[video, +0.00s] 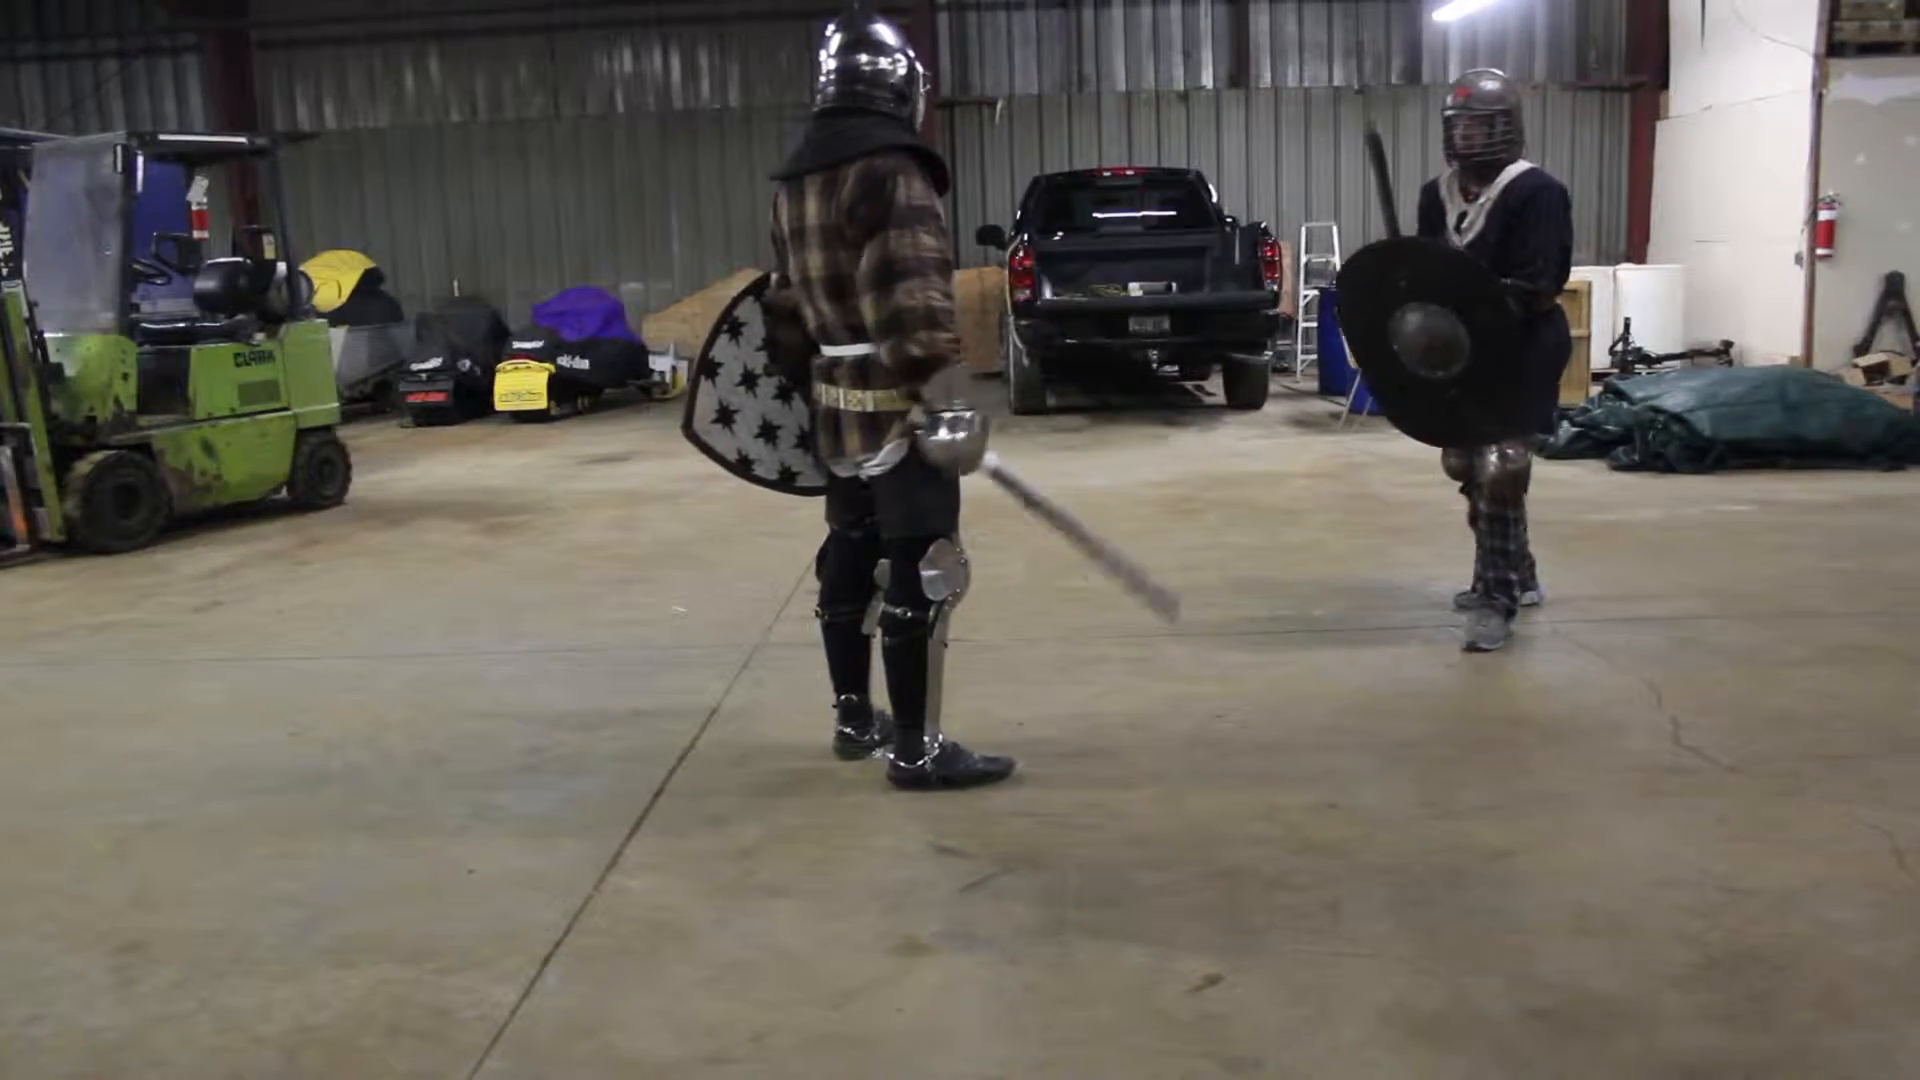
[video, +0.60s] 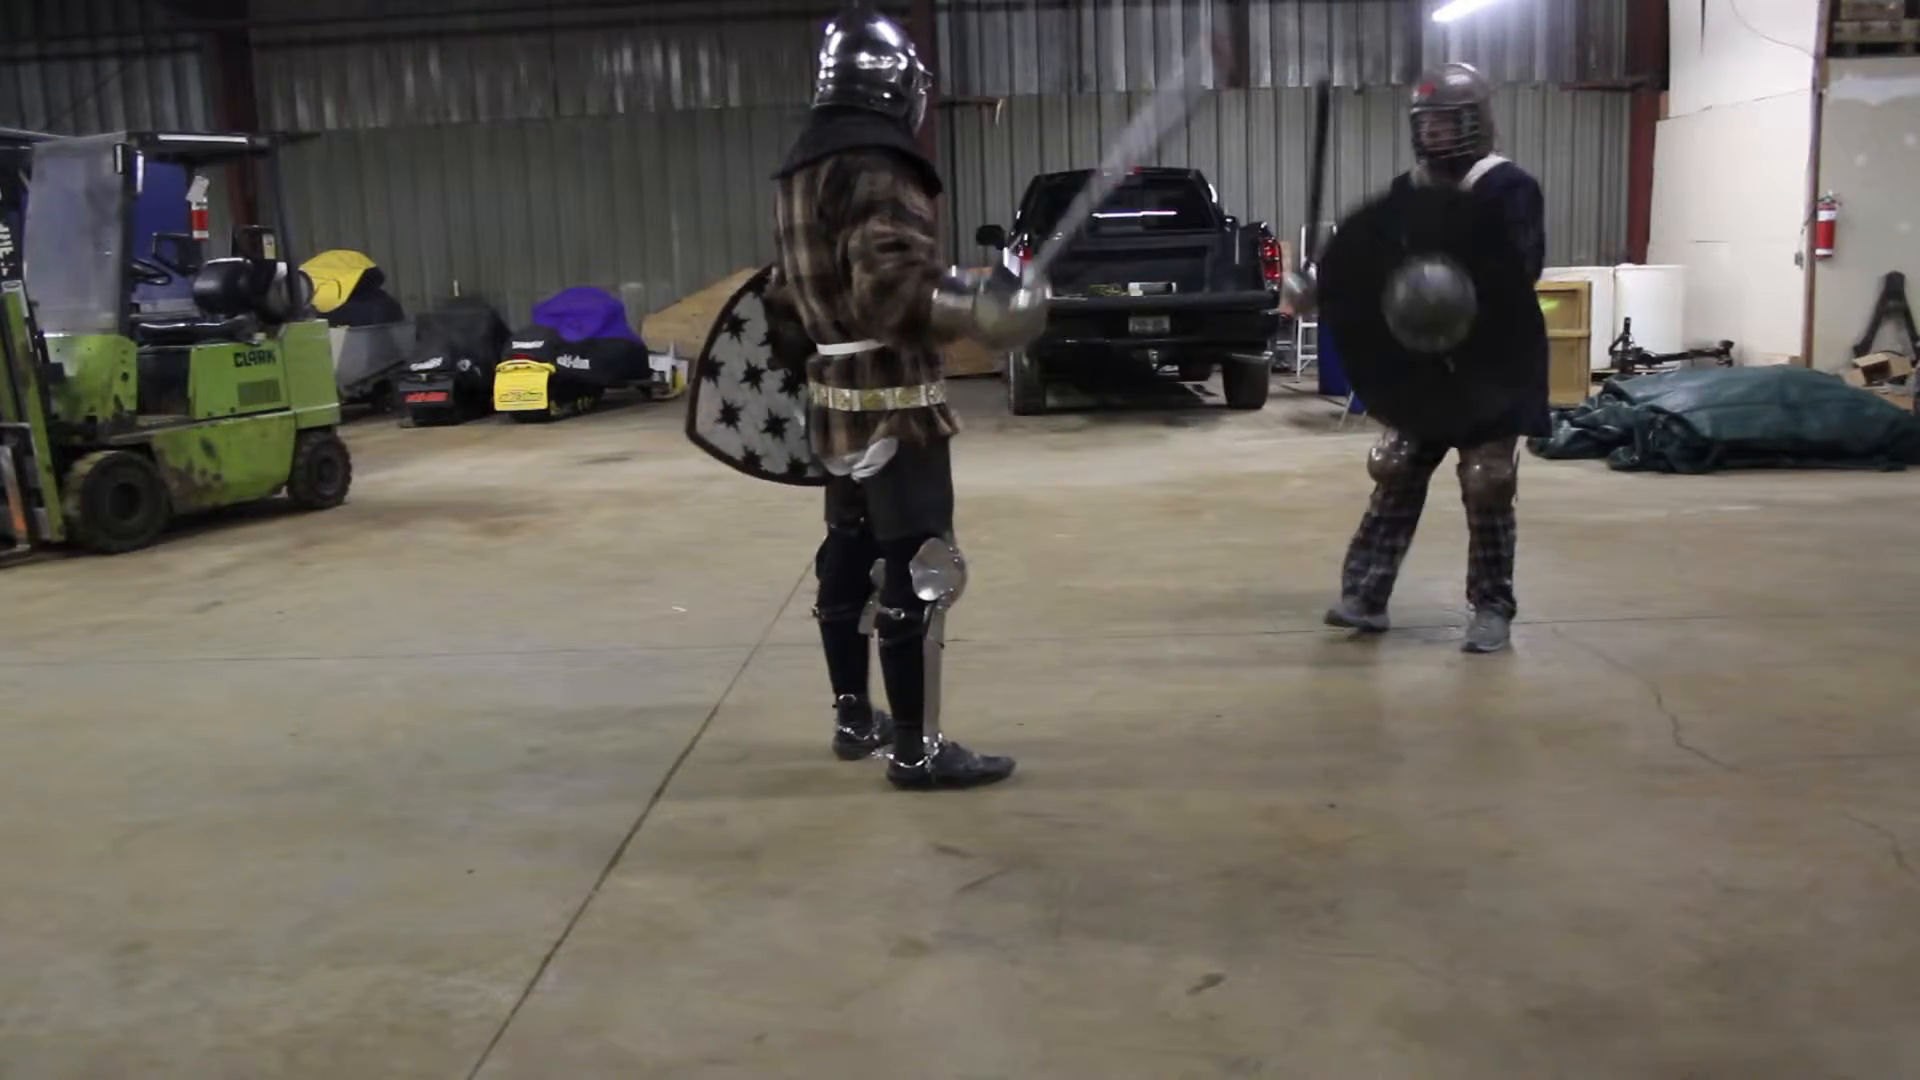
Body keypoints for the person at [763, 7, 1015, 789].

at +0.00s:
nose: (924, 107)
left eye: (920, 92)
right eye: (919, 93)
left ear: (833, 86)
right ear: (901, 90)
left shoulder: (795, 175)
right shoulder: (896, 170)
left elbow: (784, 303)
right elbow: (918, 301)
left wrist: (819, 381)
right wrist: (945, 402)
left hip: (837, 410)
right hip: (898, 413)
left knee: (851, 550)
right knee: (920, 566)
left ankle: (854, 717)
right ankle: (918, 743)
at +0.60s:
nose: (922, 105)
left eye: (920, 90)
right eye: (917, 89)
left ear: (835, 79)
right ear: (895, 86)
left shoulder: (803, 165)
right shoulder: (878, 165)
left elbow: (794, 297)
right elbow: (887, 291)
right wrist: (979, 315)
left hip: (834, 396)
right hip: (895, 397)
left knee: (849, 549)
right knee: (917, 564)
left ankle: (855, 716)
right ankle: (919, 744)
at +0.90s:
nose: (913, 99)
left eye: (909, 85)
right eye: (907, 85)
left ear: (825, 82)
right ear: (888, 86)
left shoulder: (789, 178)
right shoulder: (872, 167)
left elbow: (759, 302)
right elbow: (923, 261)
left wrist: (817, 358)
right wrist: (1008, 211)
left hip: (837, 409)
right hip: (900, 407)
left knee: (850, 552)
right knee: (917, 567)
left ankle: (855, 715)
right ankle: (918, 745)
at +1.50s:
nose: (902, 91)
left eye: (897, 78)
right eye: (897, 78)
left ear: (814, 82)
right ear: (885, 84)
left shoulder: (787, 176)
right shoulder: (880, 165)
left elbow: (764, 257)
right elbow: (960, 193)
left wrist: (825, 301)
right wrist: (1016, 87)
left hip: (842, 398)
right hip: (911, 399)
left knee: (852, 551)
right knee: (924, 565)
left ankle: (855, 716)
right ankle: (919, 745)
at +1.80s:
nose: (905, 92)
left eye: (901, 77)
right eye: (897, 78)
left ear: (811, 84)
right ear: (881, 82)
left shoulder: (790, 180)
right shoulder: (883, 166)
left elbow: (781, 259)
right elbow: (974, 171)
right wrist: (1000, 60)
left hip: (845, 402)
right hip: (912, 403)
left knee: (854, 555)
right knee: (923, 569)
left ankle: (856, 716)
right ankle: (918, 745)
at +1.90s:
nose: (906, 94)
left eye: (908, 79)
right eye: (900, 78)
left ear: (816, 84)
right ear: (880, 83)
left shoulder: (790, 178)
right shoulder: (885, 166)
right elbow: (986, 152)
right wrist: (985, 52)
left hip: (846, 398)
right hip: (911, 399)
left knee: (856, 551)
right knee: (925, 568)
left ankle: (855, 715)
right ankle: (918, 745)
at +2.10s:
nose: (903, 99)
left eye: (904, 84)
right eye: (899, 83)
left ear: (821, 82)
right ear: (882, 86)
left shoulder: (789, 173)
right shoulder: (885, 164)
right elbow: (982, 150)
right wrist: (969, 46)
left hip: (846, 398)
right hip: (912, 398)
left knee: (856, 550)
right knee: (925, 566)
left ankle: (854, 716)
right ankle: (917, 744)